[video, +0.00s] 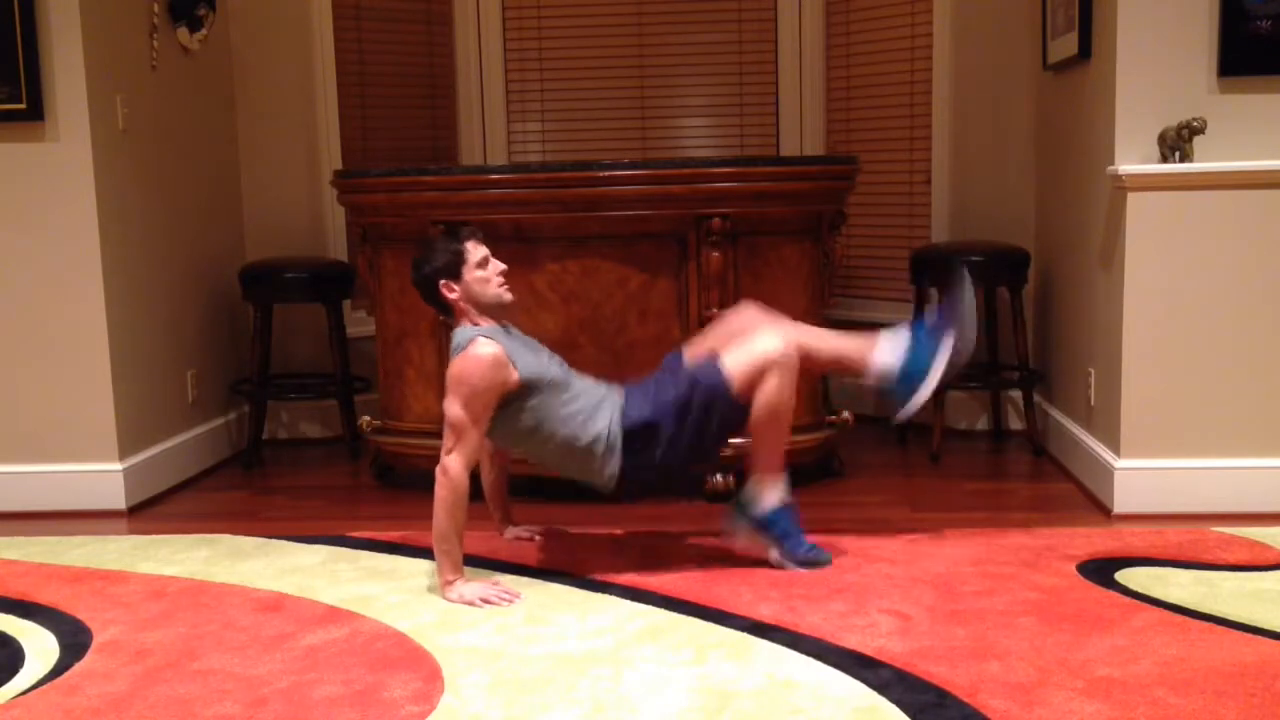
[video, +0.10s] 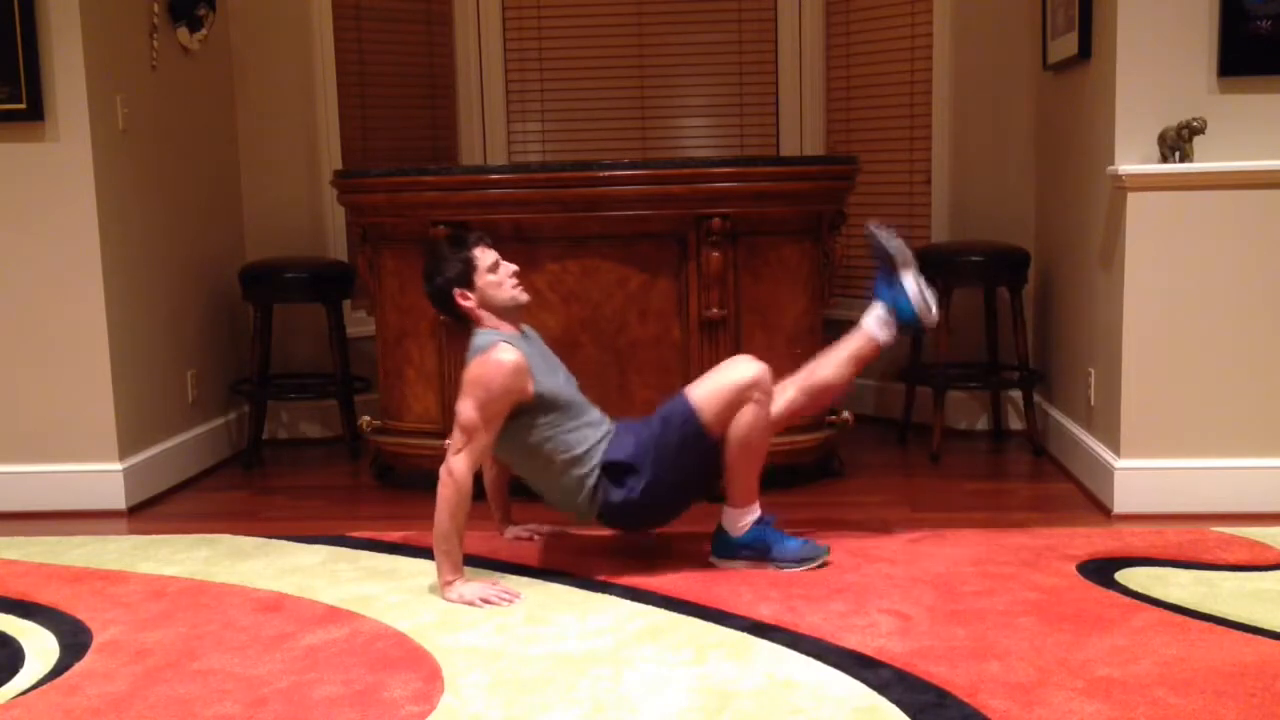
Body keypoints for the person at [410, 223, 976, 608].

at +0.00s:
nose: (500, 269)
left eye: (494, 260)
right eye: (484, 266)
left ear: (472, 284)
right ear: (452, 293)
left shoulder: (493, 337)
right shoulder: (476, 360)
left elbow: (487, 440)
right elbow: (452, 465)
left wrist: (499, 521)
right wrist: (451, 577)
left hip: (633, 412)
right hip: (633, 446)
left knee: (752, 316)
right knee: (772, 353)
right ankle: (761, 509)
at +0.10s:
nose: (510, 271)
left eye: (503, 263)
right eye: (494, 269)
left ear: (486, 291)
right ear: (467, 300)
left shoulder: (513, 340)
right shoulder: (492, 362)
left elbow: (492, 438)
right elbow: (456, 461)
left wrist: (500, 520)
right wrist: (447, 578)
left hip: (627, 459)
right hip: (620, 483)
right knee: (749, 376)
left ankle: (887, 317)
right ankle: (742, 529)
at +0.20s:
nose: (514, 270)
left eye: (507, 262)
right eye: (498, 268)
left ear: (490, 287)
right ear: (468, 297)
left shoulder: (511, 339)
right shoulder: (492, 361)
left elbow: (490, 439)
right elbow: (456, 463)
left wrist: (501, 521)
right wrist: (449, 578)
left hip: (624, 461)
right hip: (618, 486)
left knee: (773, 384)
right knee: (752, 377)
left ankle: (912, 355)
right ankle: (741, 532)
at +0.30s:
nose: (503, 266)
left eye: (498, 257)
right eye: (487, 262)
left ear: (479, 279)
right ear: (454, 287)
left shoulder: (498, 336)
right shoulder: (476, 355)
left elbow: (484, 438)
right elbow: (451, 464)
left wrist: (497, 520)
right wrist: (449, 576)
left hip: (636, 426)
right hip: (626, 454)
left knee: (766, 338)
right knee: (782, 369)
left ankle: (892, 413)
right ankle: (749, 524)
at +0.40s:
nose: (495, 266)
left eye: (489, 257)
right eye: (478, 262)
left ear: (460, 284)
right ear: (446, 287)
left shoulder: (485, 333)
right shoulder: (468, 354)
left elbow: (488, 436)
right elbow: (450, 464)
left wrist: (501, 521)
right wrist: (449, 576)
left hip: (633, 410)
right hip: (630, 436)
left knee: (763, 316)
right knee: (766, 320)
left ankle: (817, 466)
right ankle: (808, 474)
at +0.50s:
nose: (500, 266)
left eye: (495, 258)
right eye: (484, 263)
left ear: (478, 278)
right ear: (451, 289)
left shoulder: (499, 336)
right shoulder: (471, 356)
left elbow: (487, 440)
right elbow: (446, 465)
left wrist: (499, 521)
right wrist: (448, 576)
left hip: (632, 431)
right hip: (622, 450)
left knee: (773, 364)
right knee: (754, 327)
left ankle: (771, 511)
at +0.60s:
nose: (514, 273)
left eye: (508, 265)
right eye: (497, 270)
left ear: (489, 290)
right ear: (468, 298)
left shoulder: (512, 341)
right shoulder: (489, 364)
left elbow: (491, 439)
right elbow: (454, 465)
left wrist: (500, 519)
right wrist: (447, 578)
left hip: (621, 449)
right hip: (617, 485)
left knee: (744, 371)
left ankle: (763, 521)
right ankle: (903, 322)